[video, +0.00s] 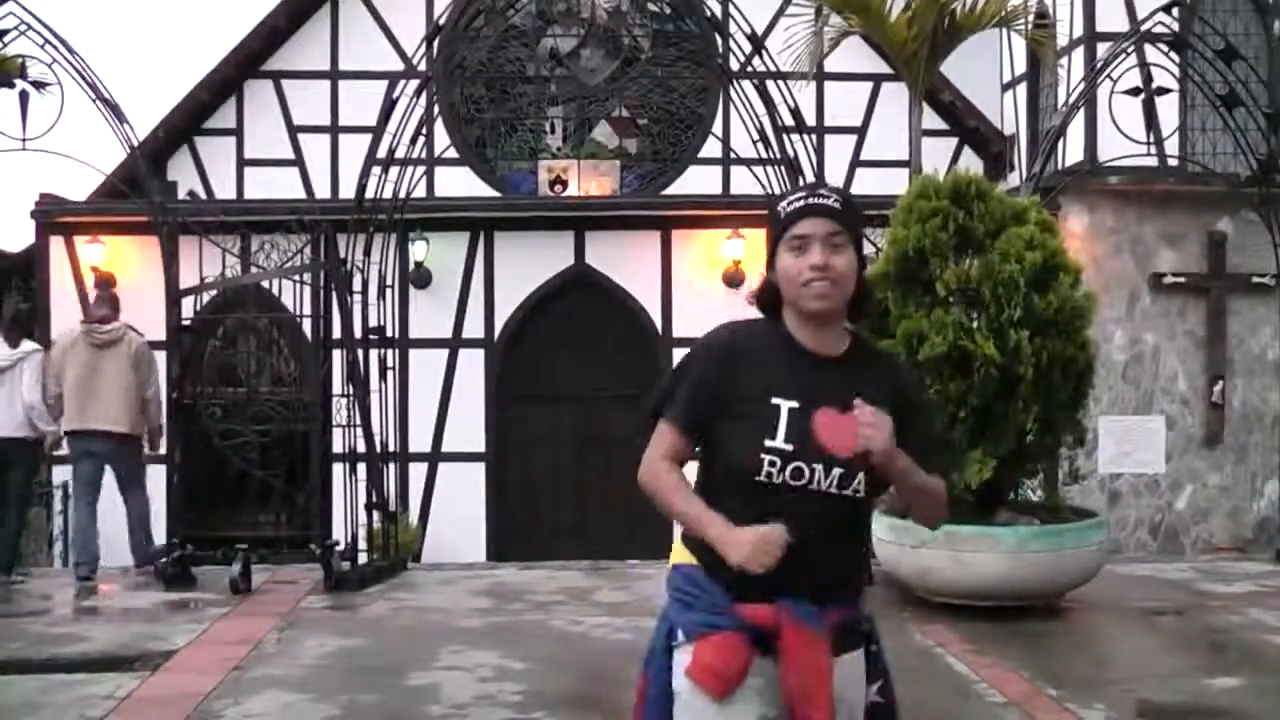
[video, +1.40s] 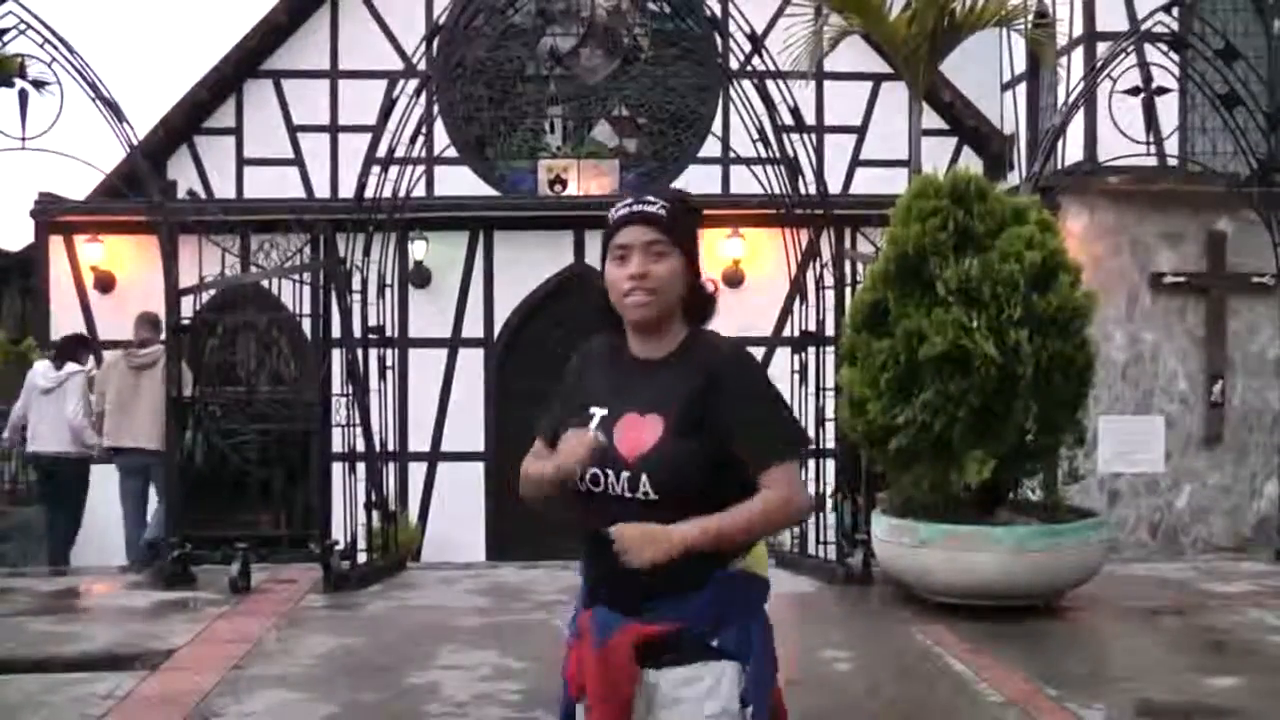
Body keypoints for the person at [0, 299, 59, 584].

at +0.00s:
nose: (32, 330)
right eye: (31, 325)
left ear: (5, 325)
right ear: (27, 326)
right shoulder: (32, 354)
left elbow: (32, 399)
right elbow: (32, 399)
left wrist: (49, 428)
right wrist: (50, 429)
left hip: (8, 437)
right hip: (19, 438)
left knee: (13, 506)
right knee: (14, 506)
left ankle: (9, 566)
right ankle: (7, 568)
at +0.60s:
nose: (38, 328)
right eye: (36, 324)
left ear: (9, 323)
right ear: (32, 325)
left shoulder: (2, 347)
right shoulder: (40, 349)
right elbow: (51, 393)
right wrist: (76, 417)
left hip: (6, 432)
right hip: (37, 434)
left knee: (12, 496)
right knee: (49, 491)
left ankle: (14, 561)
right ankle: (44, 553)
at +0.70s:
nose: (52, 330)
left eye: (51, 325)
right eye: (49, 326)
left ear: (19, 326)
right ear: (40, 327)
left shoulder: (4, 351)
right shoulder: (45, 351)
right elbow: (53, 395)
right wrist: (78, 416)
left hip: (9, 435)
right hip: (40, 435)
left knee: (16, 501)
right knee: (50, 497)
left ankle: (15, 559)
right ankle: (52, 558)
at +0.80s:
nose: (55, 333)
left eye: (54, 328)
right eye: (52, 329)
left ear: (19, 329)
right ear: (44, 330)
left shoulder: (6, 355)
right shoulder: (51, 357)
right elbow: (56, 397)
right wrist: (79, 417)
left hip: (10, 437)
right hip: (43, 438)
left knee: (16, 499)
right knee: (49, 499)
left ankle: (15, 559)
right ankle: (48, 559)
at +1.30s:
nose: (84, 356)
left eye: (85, 351)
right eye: (83, 351)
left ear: (58, 345)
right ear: (75, 348)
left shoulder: (34, 366)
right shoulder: (75, 370)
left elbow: (16, 408)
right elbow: (73, 414)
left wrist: (5, 435)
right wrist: (93, 440)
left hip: (38, 449)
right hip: (67, 451)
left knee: (52, 508)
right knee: (67, 510)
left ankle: (55, 562)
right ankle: (57, 563)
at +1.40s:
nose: (88, 359)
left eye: (88, 355)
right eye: (86, 355)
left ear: (60, 350)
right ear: (79, 353)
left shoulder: (37, 371)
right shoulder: (78, 374)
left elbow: (19, 411)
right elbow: (75, 416)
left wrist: (9, 437)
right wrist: (95, 442)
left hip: (40, 453)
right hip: (69, 455)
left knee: (53, 511)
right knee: (70, 513)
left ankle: (56, 566)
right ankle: (58, 565)